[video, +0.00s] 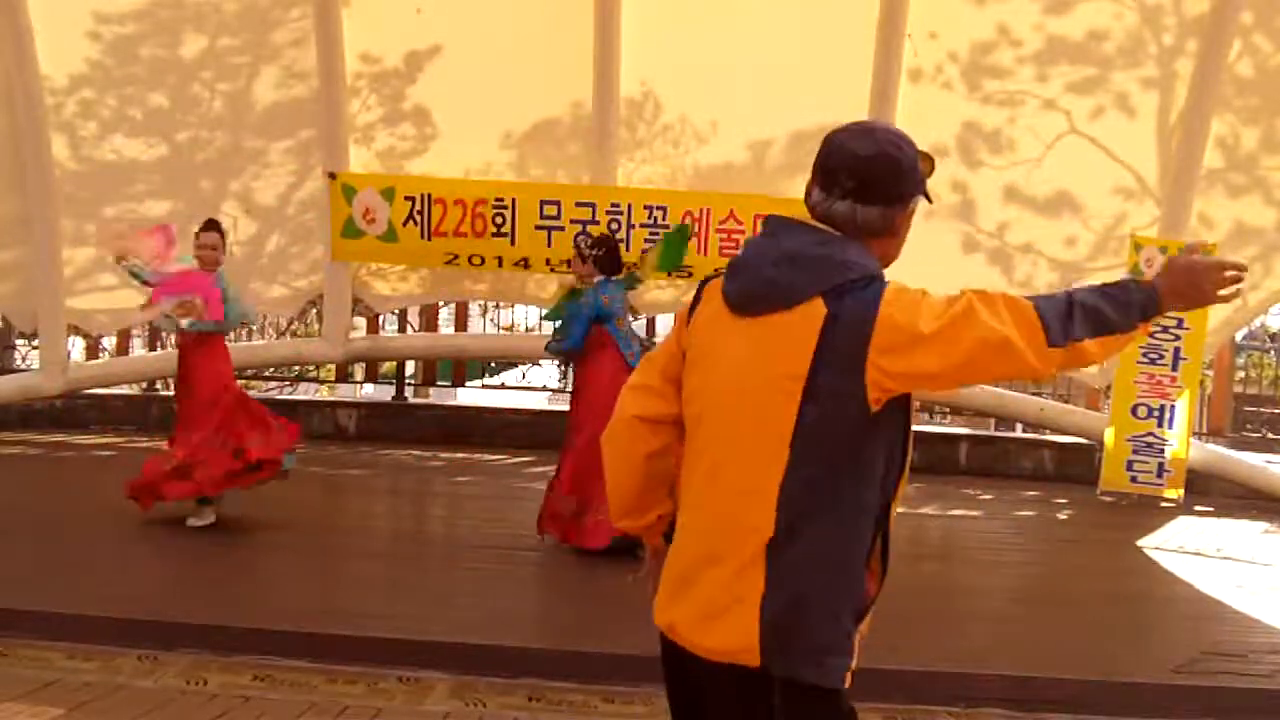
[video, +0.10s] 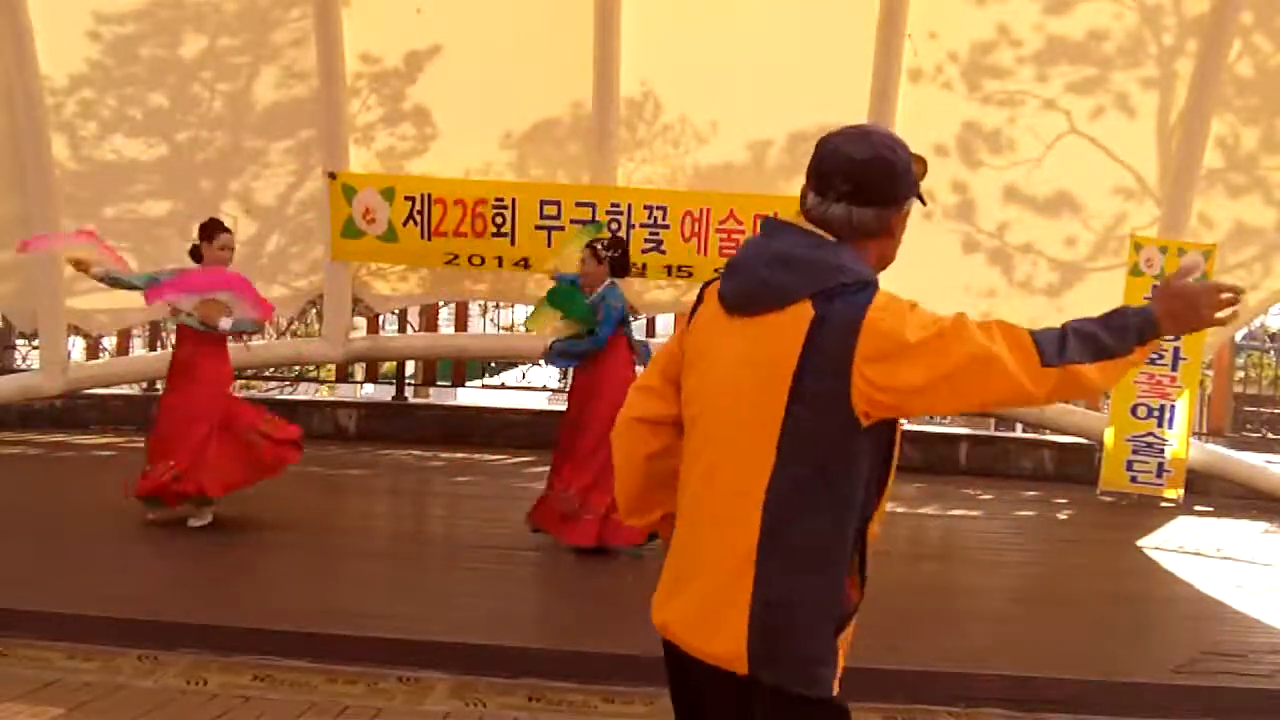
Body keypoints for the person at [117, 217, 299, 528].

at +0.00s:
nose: (207, 253)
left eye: (213, 248)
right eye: (202, 247)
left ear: (223, 253)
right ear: (194, 250)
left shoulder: (222, 285)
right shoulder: (186, 280)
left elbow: (235, 320)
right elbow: (154, 281)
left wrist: (198, 321)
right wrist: (129, 264)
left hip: (213, 356)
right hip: (189, 355)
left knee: (206, 422)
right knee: (193, 422)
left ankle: (207, 502)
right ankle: (201, 496)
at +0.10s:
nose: (228, 255)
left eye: (231, 249)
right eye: (222, 248)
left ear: (233, 250)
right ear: (203, 248)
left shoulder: (234, 285)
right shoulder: (184, 280)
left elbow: (257, 323)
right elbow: (137, 281)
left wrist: (221, 323)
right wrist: (94, 272)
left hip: (214, 364)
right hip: (184, 362)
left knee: (205, 426)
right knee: (173, 425)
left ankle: (204, 502)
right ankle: (170, 498)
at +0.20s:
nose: (232, 255)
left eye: (233, 248)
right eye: (227, 248)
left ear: (218, 247)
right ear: (208, 247)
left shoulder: (229, 282)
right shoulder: (195, 278)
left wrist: (234, 315)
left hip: (205, 359)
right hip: (187, 360)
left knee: (202, 424)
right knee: (183, 425)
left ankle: (192, 499)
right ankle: (168, 503)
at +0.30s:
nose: (229, 249)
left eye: (227, 244)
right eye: (226, 243)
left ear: (202, 244)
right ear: (216, 244)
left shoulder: (212, 274)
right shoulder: (203, 275)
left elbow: (230, 315)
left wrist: (242, 293)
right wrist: (243, 292)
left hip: (197, 360)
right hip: (184, 361)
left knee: (200, 425)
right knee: (184, 427)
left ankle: (189, 499)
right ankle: (167, 504)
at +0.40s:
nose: (215, 248)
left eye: (211, 244)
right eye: (215, 244)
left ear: (188, 248)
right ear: (214, 248)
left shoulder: (176, 282)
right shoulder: (213, 282)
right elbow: (256, 295)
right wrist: (300, 293)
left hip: (175, 360)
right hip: (198, 363)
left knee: (193, 425)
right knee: (203, 427)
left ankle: (191, 495)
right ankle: (184, 494)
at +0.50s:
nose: (181, 243)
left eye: (184, 238)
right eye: (183, 238)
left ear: (190, 243)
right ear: (210, 245)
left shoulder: (172, 280)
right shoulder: (220, 279)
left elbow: (144, 309)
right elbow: (265, 289)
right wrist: (304, 278)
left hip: (181, 357)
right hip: (211, 356)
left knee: (183, 422)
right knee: (217, 421)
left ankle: (193, 502)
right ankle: (227, 499)